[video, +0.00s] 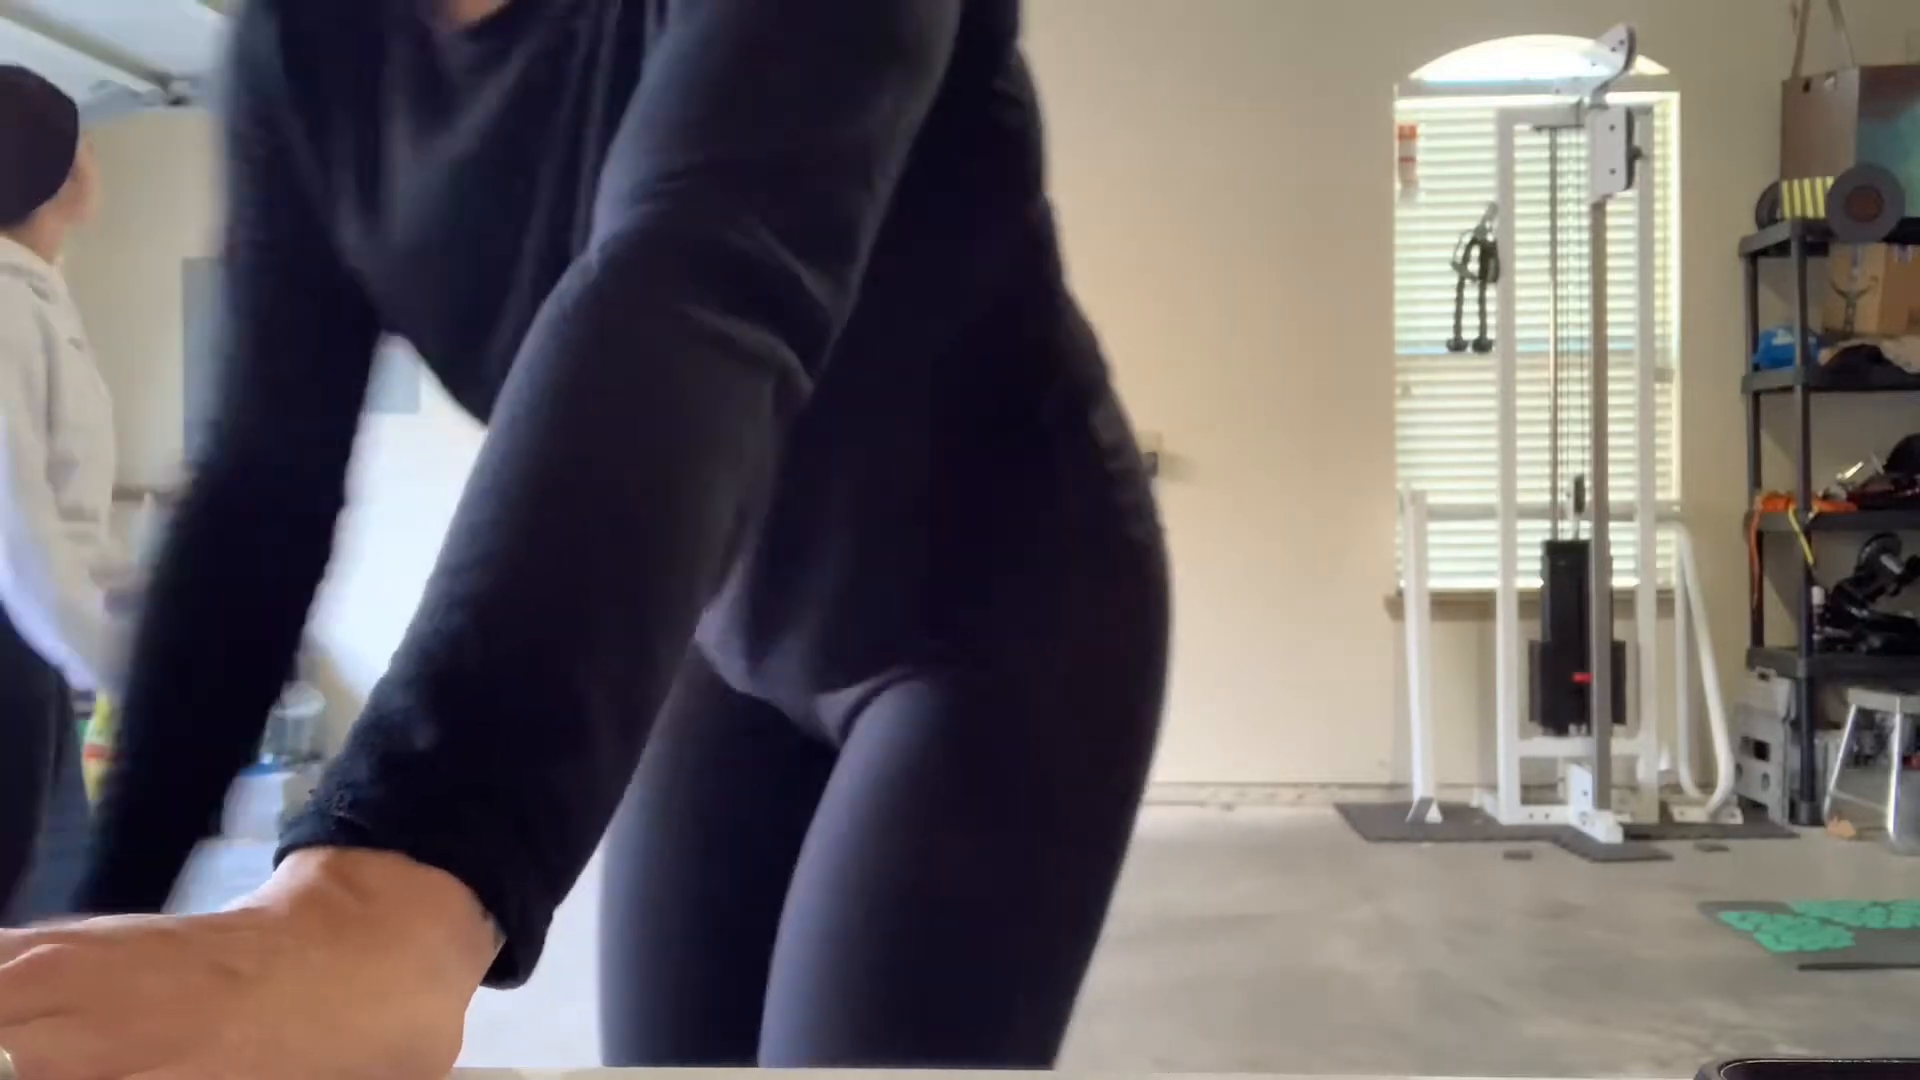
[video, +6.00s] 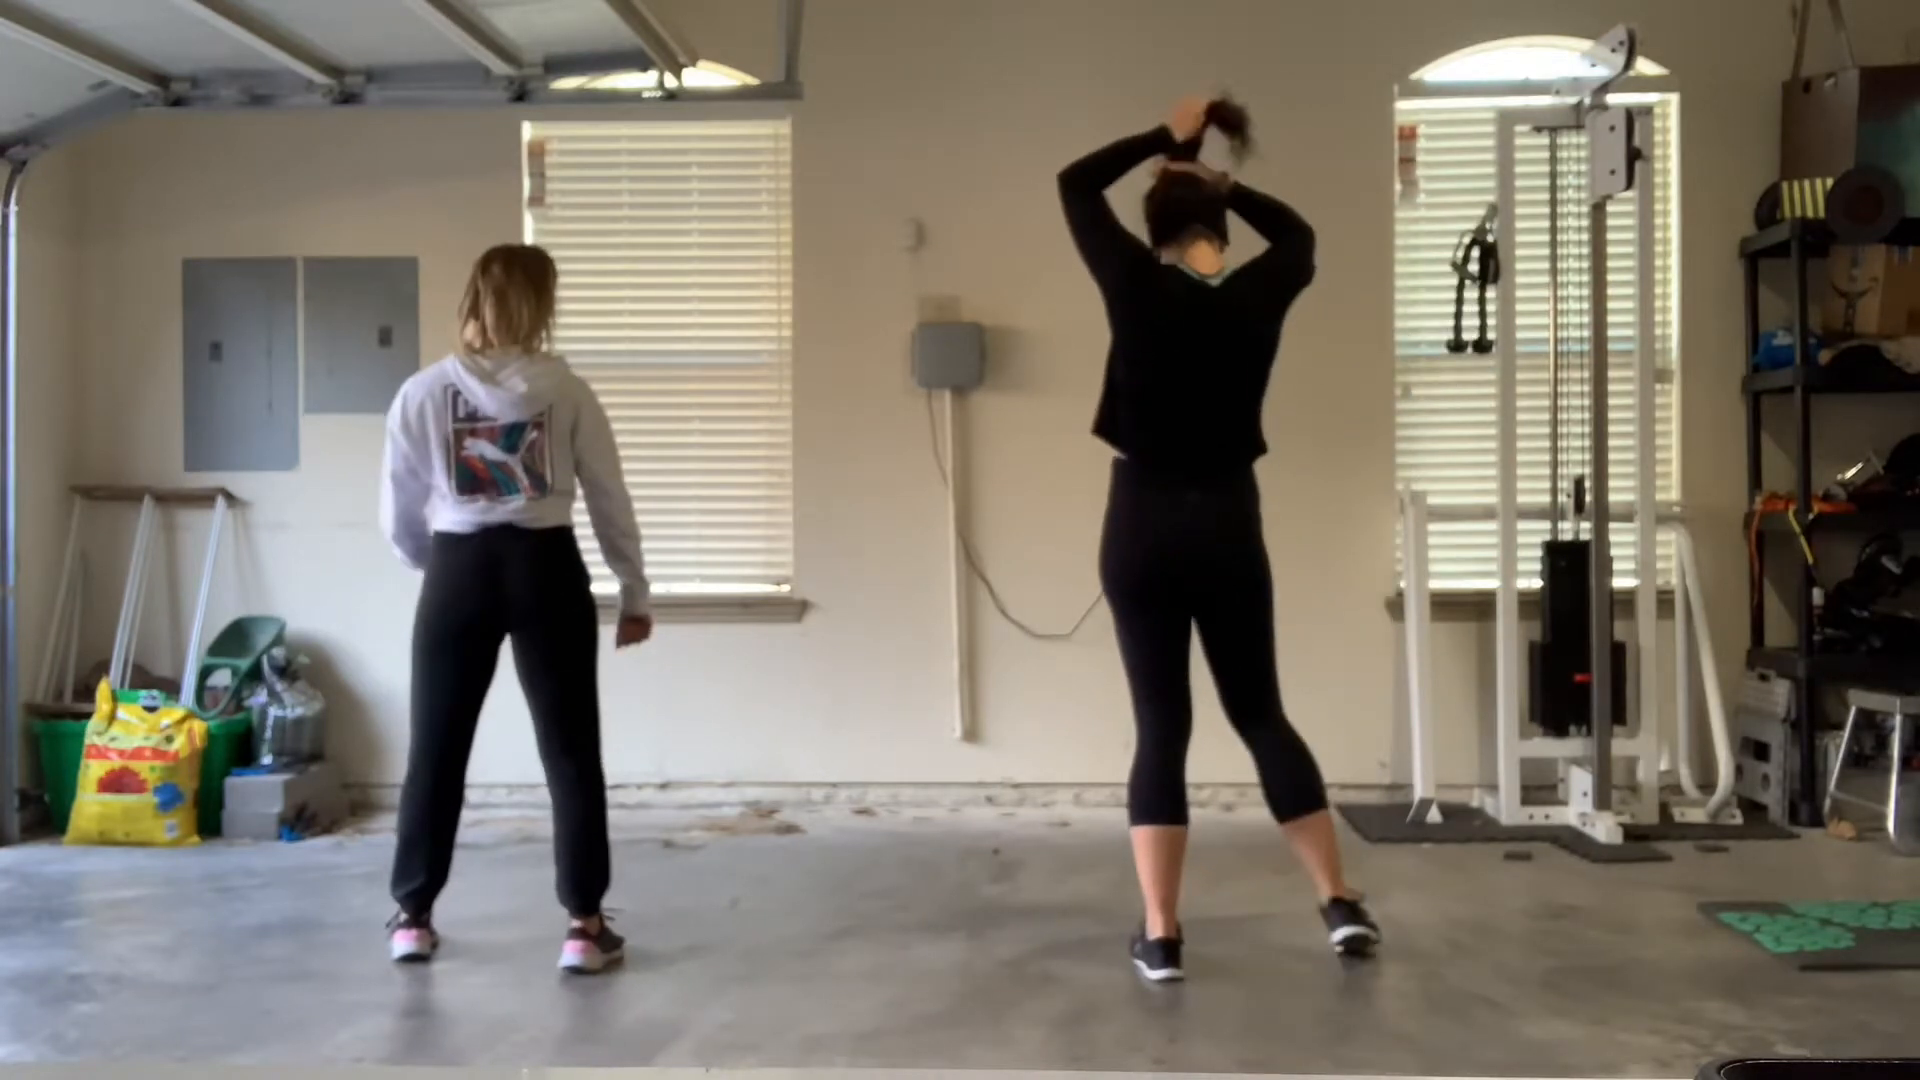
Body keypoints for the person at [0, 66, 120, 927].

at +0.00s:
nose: (95, 170)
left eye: (87, 151)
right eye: (86, 152)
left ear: (29, 176)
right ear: (63, 172)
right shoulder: (16, 307)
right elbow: (17, 529)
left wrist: (107, 599)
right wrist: (111, 667)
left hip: (48, 650)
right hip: (24, 658)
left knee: (57, 861)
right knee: (41, 867)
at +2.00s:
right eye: (423, 220)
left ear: (342, 267)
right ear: (432, 253)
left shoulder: (322, 351)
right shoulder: (483, 340)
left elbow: (273, 331)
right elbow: (595, 311)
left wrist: (305, 262)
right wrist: (523, 238)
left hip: (362, 581)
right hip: (458, 580)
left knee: (375, 791)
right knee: (506, 789)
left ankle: (386, 987)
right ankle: (457, 956)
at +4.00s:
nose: (539, 304)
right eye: (542, 292)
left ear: (472, 295)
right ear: (540, 299)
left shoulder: (425, 391)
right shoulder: (567, 381)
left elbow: (403, 512)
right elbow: (593, 483)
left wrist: (374, 604)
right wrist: (616, 538)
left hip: (454, 576)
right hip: (545, 574)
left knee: (432, 749)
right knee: (566, 751)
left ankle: (411, 918)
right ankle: (581, 924)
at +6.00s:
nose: (551, 313)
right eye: (548, 300)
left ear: (473, 303)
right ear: (543, 306)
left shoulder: (423, 391)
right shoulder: (566, 387)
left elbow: (400, 518)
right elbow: (608, 497)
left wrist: (439, 563)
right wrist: (634, 590)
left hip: (457, 576)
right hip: (549, 574)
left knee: (435, 750)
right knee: (571, 753)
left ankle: (413, 918)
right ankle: (584, 925)